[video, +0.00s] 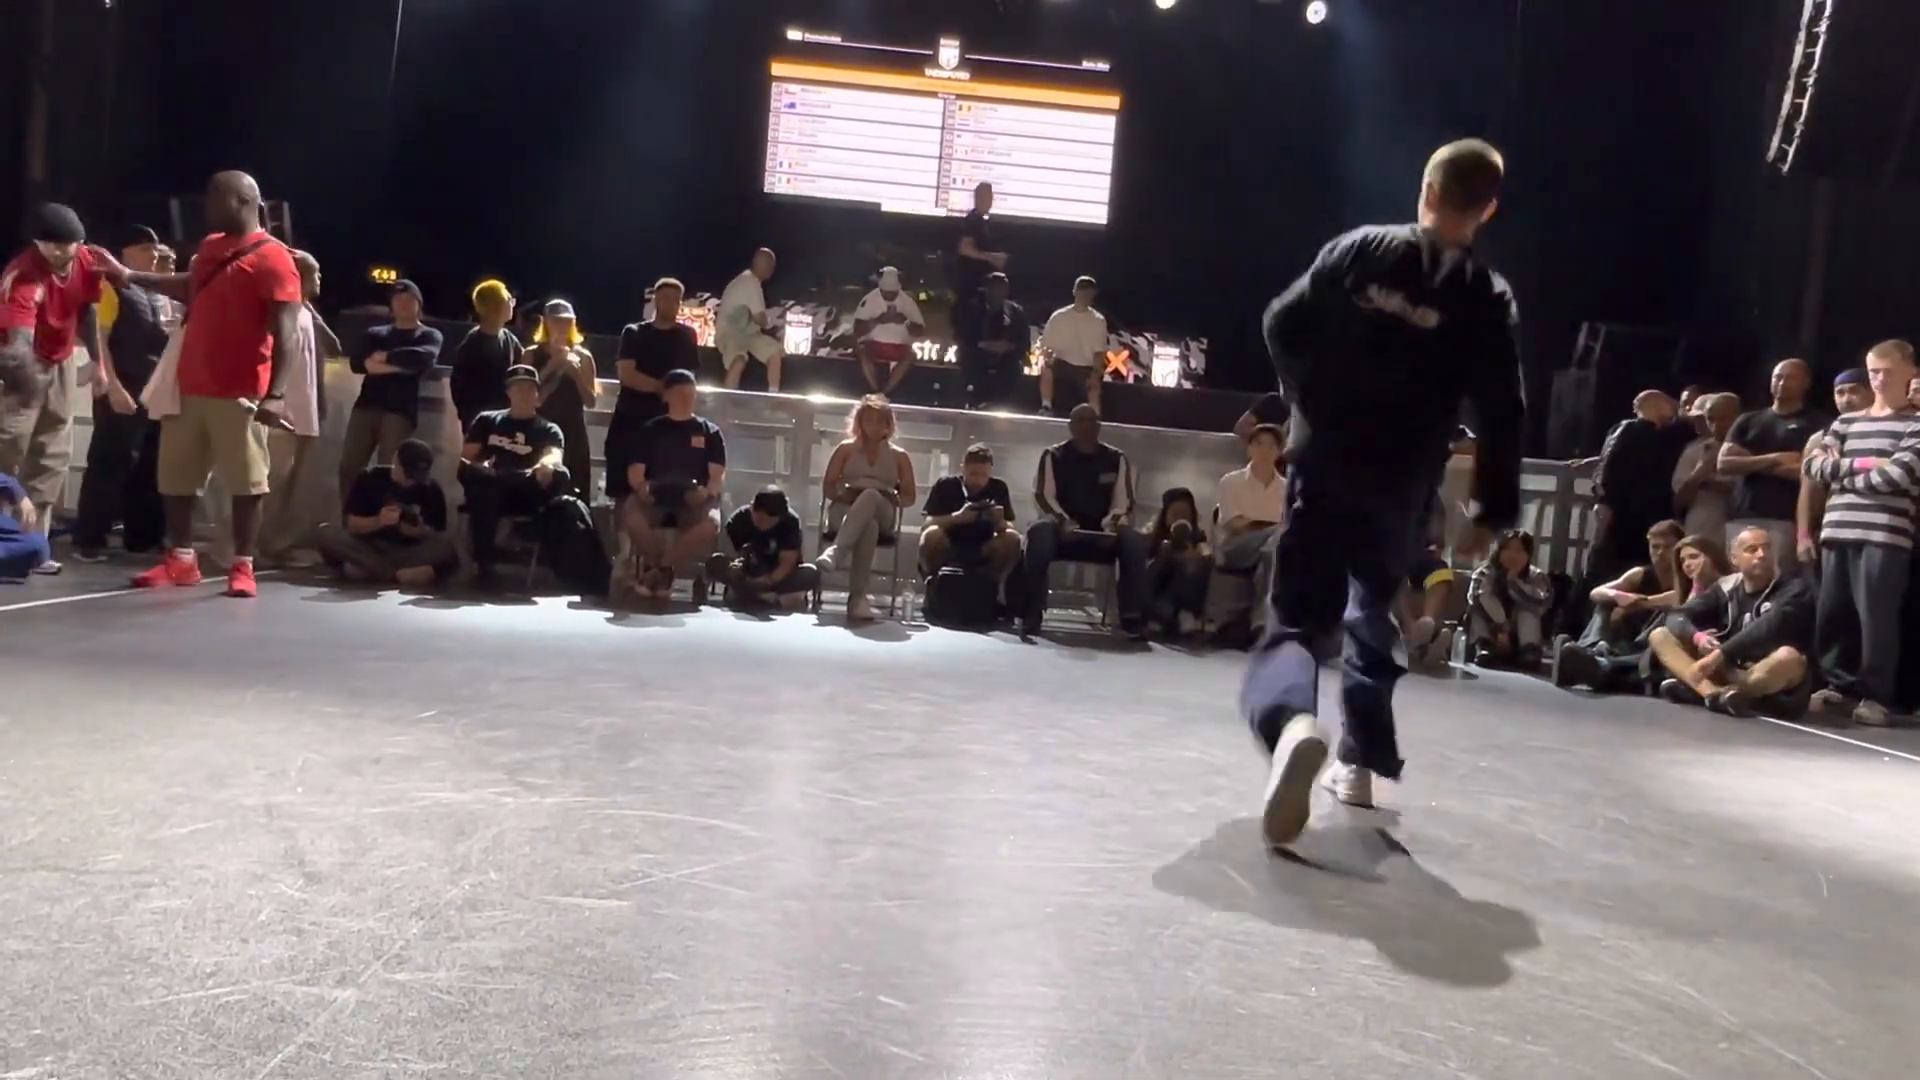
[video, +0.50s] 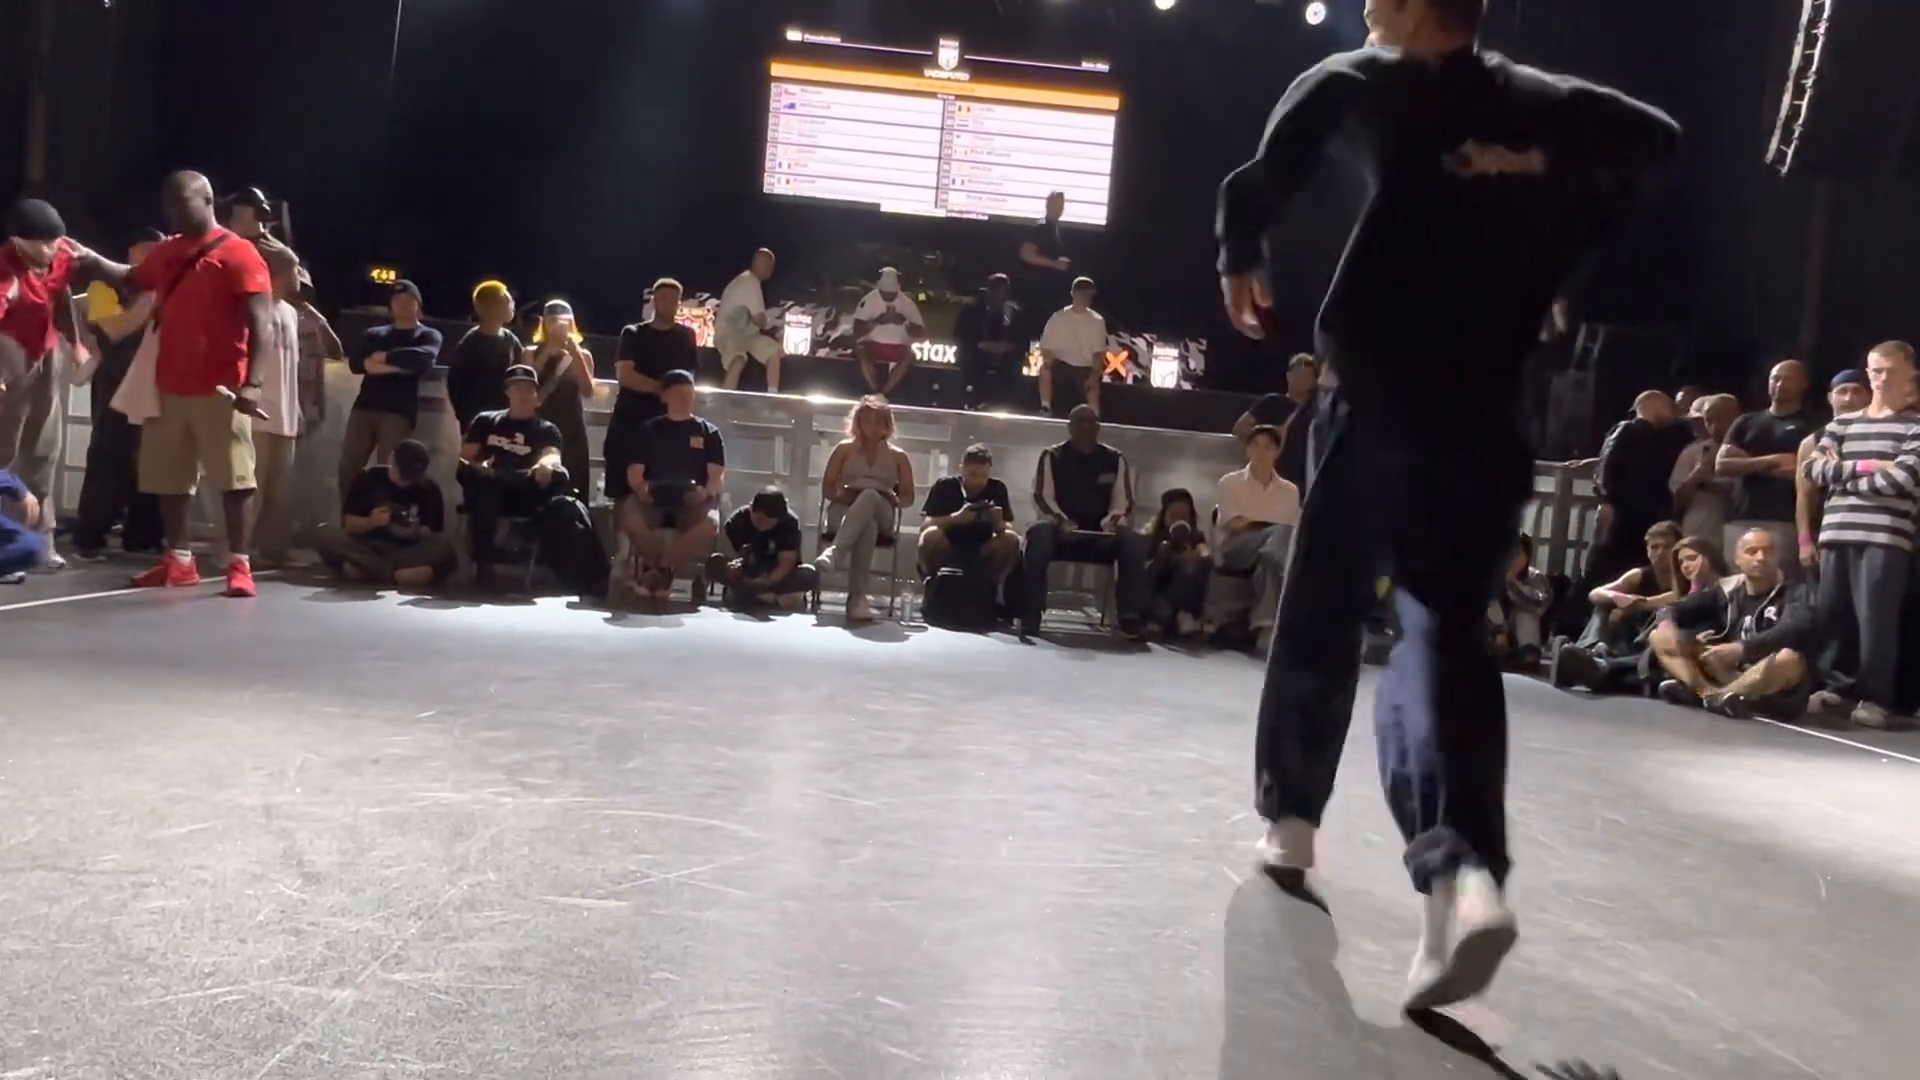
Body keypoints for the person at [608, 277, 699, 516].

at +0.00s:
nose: (671, 304)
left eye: (675, 299)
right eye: (665, 298)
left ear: (680, 304)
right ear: (655, 300)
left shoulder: (687, 335)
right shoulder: (633, 332)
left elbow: (689, 379)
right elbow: (625, 375)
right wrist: (664, 387)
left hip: (668, 423)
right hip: (630, 420)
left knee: (665, 490)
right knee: (624, 492)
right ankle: (622, 548)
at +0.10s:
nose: (668, 304)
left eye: (673, 299)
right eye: (663, 298)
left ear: (681, 303)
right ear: (654, 300)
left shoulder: (686, 335)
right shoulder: (633, 332)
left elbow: (689, 380)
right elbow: (626, 375)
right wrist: (663, 389)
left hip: (668, 423)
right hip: (630, 422)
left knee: (663, 489)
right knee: (623, 490)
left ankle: (655, 559)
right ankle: (619, 554)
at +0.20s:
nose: (670, 305)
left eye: (675, 300)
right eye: (664, 299)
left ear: (679, 304)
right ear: (654, 301)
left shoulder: (686, 335)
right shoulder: (633, 332)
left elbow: (689, 380)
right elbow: (625, 375)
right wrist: (663, 388)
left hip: (669, 422)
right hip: (631, 419)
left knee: (665, 489)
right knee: (623, 490)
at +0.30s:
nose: (670, 305)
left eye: (674, 300)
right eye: (664, 299)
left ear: (679, 304)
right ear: (654, 301)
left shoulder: (686, 335)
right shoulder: (633, 332)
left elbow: (689, 380)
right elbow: (624, 375)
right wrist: (663, 388)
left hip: (668, 422)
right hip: (631, 419)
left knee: (665, 489)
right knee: (622, 491)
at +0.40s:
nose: (669, 304)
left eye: (673, 299)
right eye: (663, 298)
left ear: (679, 303)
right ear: (654, 301)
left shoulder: (686, 335)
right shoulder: (632, 332)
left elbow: (688, 381)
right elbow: (625, 376)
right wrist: (663, 389)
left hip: (668, 421)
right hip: (631, 418)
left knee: (665, 488)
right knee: (623, 491)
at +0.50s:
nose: (668, 304)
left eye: (673, 300)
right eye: (663, 299)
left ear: (678, 303)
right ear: (654, 301)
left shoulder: (686, 335)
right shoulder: (633, 332)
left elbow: (688, 380)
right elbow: (624, 376)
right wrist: (663, 388)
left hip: (667, 422)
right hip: (630, 419)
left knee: (665, 489)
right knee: (622, 490)